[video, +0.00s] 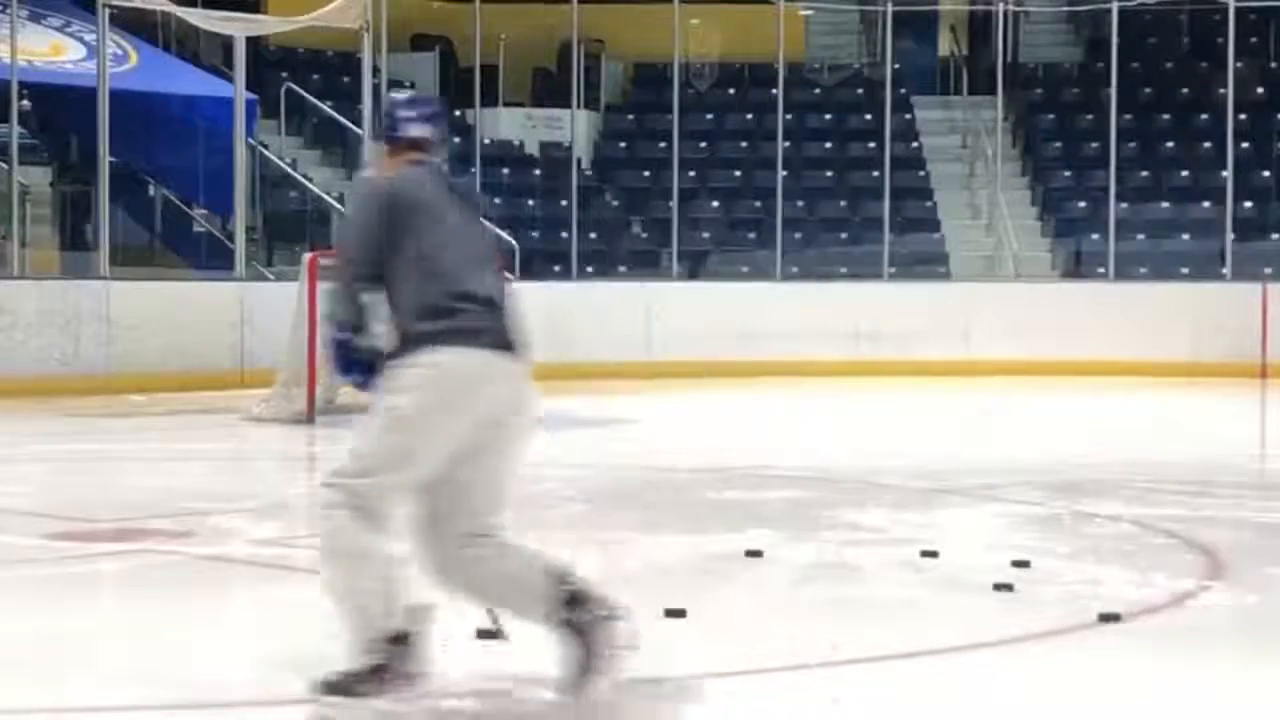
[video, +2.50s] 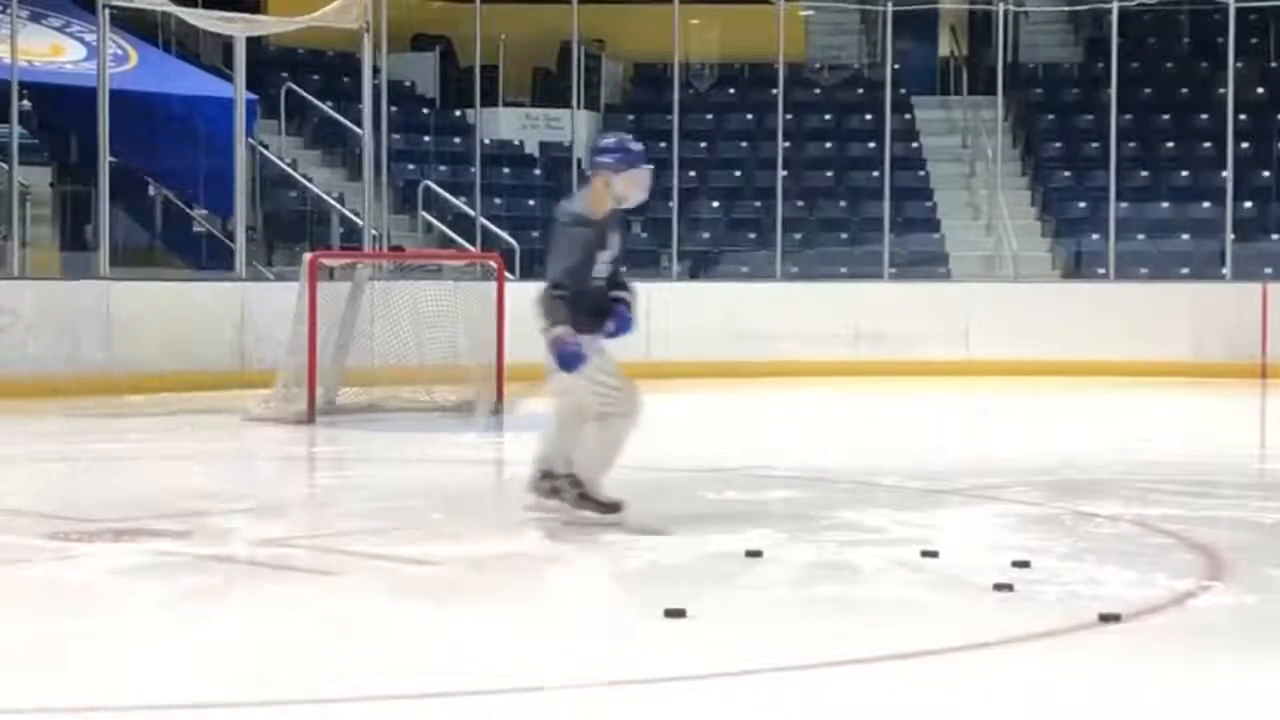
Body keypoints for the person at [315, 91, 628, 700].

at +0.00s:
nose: (376, 162)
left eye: (380, 153)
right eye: (383, 152)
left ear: (388, 149)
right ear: (437, 151)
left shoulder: (383, 190)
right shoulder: (463, 205)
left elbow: (349, 279)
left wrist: (346, 341)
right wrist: (394, 350)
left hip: (440, 366)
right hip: (506, 375)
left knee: (352, 499)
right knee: (457, 541)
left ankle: (385, 649)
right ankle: (575, 607)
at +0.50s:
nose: (209, 187)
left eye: (212, 174)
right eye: (207, 173)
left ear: (153, 157)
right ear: (190, 167)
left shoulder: (83, 192)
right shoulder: (183, 236)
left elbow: (21, 260)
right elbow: (185, 338)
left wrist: (61, 313)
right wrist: (199, 411)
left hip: (50, 357)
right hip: (126, 371)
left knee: (11, 481)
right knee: (129, 472)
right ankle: (129, 570)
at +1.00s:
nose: (239, 208)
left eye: (243, 197)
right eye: (239, 194)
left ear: (195, 177)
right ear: (221, 186)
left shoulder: (142, 199)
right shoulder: (190, 243)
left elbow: (116, 261)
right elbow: (208, 331)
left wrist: (150, 322)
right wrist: (236, 396)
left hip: (39, 312)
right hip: (94, 326)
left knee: (19, 442)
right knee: (138, 433)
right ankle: (154, 538)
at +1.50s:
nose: (263, 228)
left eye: (265, 218)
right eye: (263, 218)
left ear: (225, 201)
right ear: (253, 214)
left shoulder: (181, 218)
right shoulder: (246, 261)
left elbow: (123, 246)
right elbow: (216, 301)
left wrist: (145, 283)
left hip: (118, 332)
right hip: (158, 348)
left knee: (138, 425)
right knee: (156, 439)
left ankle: (129, 505)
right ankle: (94, 498)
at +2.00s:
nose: (395, 178)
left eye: (394, 170)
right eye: (394, 170)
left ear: (356, 164)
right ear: (386, 171)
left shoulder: (326, 199)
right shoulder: (376, 214)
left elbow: (314, 253)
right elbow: (383, 282)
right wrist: (413, 314)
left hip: (300, 314)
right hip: (337, 327)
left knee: (308, 408)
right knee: (368, 410)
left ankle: (295, 486)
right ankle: (306, 467)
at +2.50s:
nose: (639, 183)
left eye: (639, 174)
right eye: (632, 174)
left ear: (616, 177)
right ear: (606, 175)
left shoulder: (611, 217)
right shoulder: (576, 221)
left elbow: (610, 273)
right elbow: (557, 287)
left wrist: (619, 301)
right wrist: (560, 331)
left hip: (588, 324)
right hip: (568, 326)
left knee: (577, 402)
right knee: (620, 399)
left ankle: (550, 472)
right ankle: (580, 479)